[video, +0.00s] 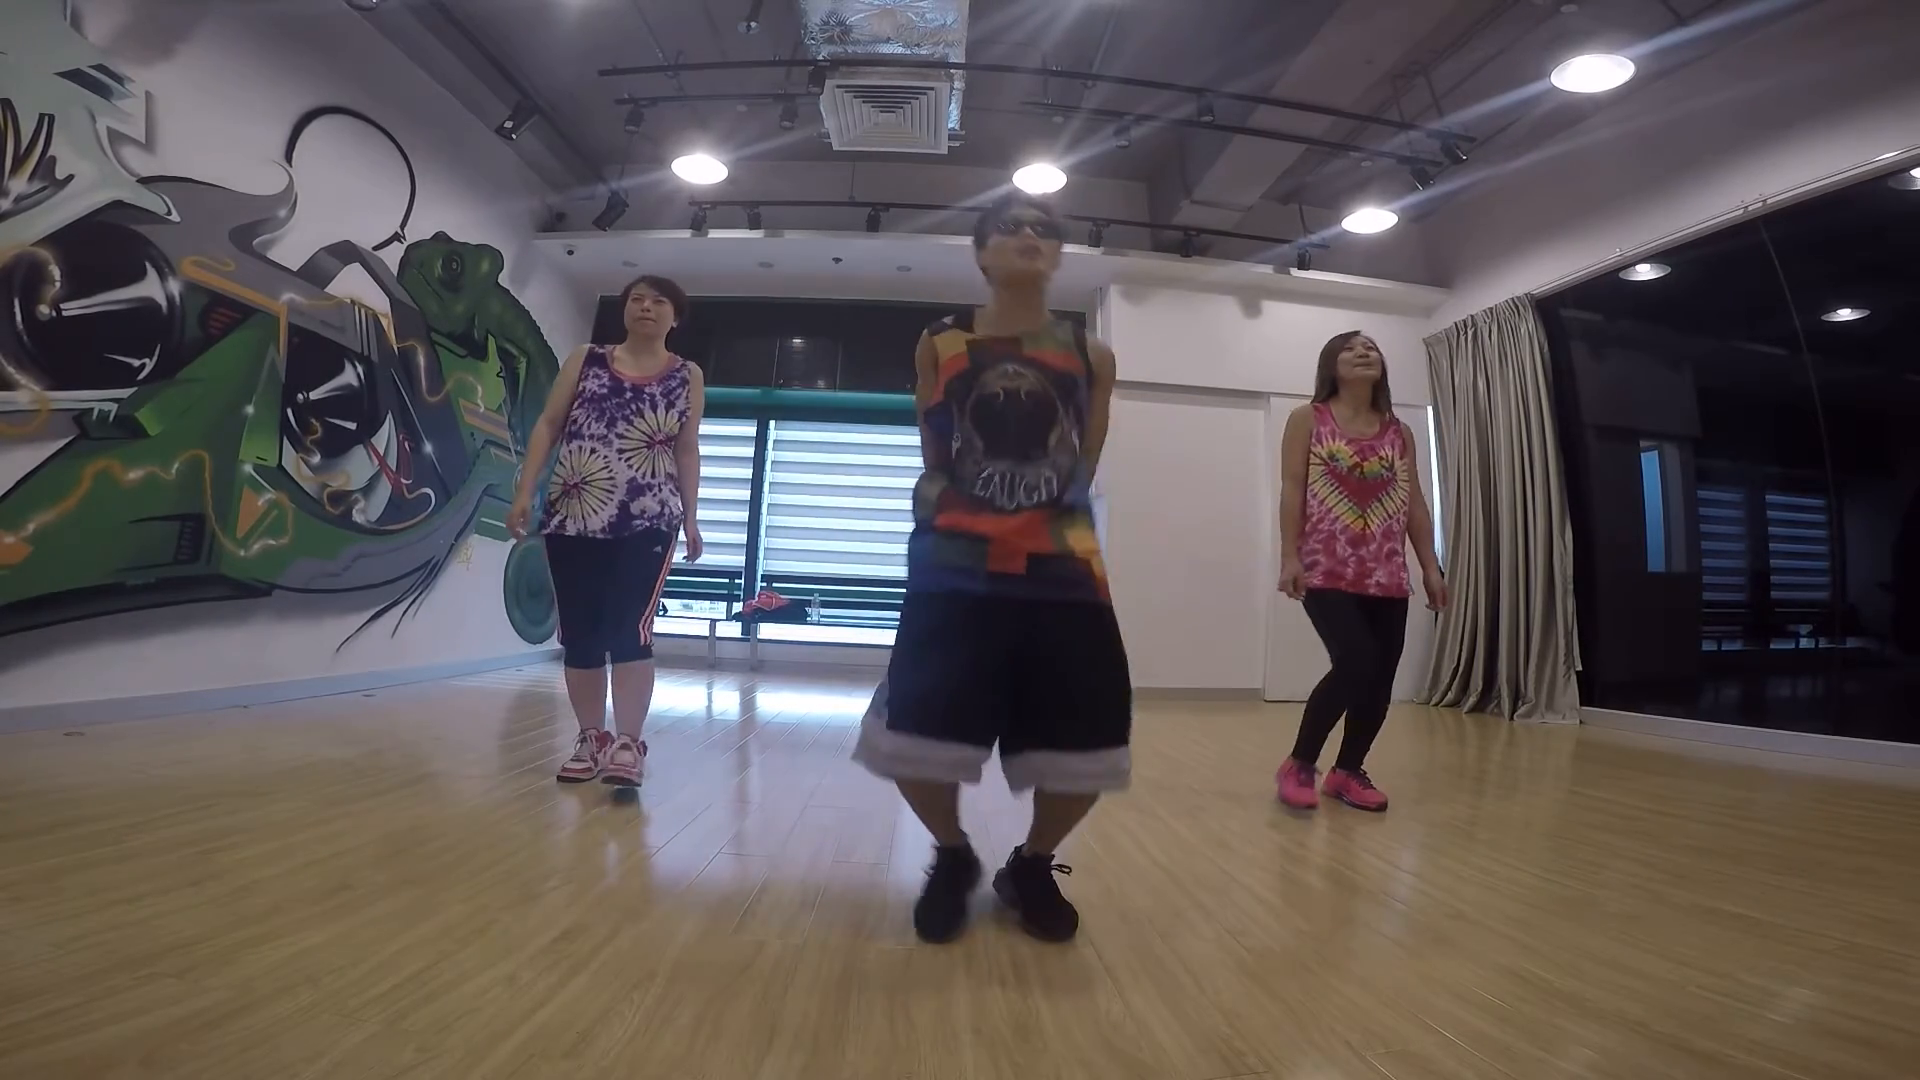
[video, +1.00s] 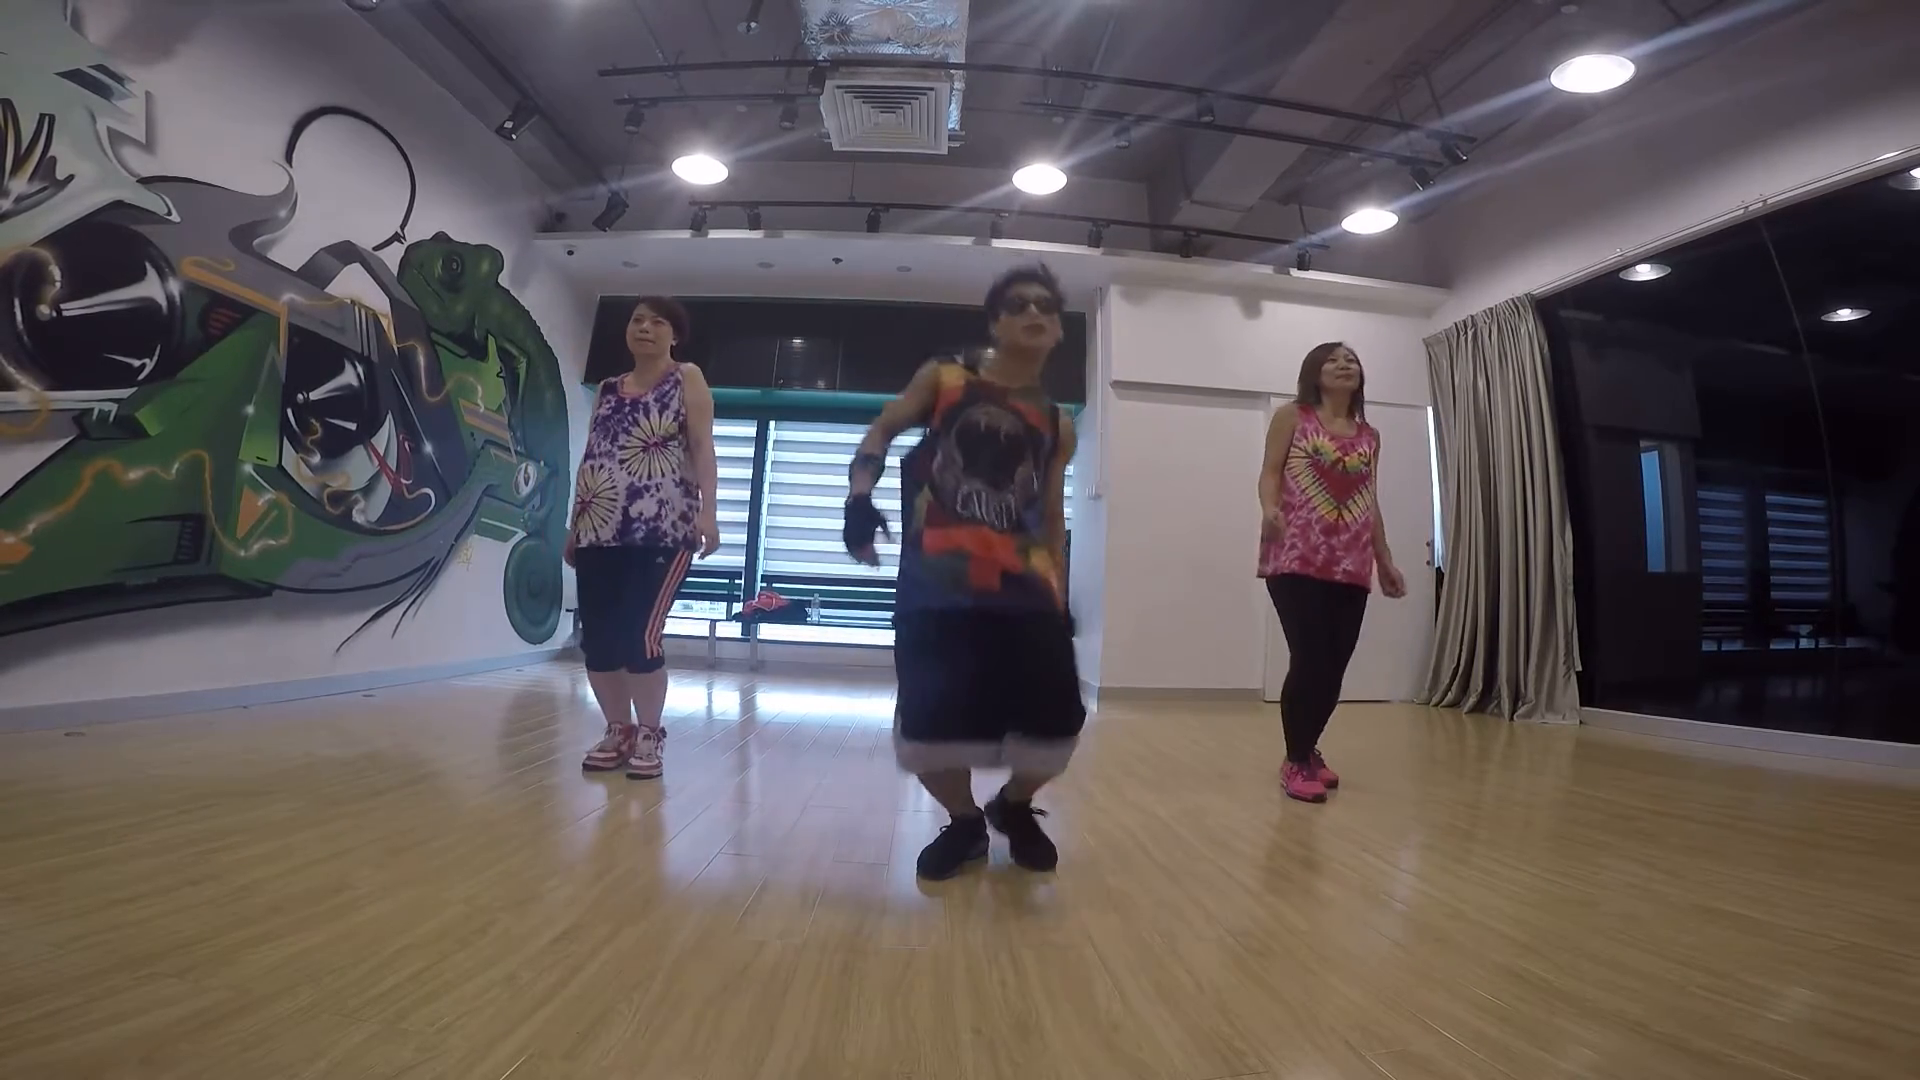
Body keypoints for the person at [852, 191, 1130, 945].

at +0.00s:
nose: (1027, 240)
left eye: (1042, 231)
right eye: (1010, 229)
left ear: (1060, 258)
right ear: (980, 253)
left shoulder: (1090, 359)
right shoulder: (940, 349)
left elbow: (1082, 470)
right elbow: (940, 460)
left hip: (1065, 580)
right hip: (956, 576)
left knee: (1092, 746)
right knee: (907, 743)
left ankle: (1032, 867)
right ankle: (952, 855)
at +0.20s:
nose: (985, 248)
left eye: (1001, 239)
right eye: (970, 235)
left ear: (1019, 262)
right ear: (945, 256)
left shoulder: (1060, 331)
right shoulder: (925, 359)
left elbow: (1114, 419)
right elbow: (917, 460)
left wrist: (1120, 525)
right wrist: (932, 533)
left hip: (1066, 568)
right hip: (966, 568)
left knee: (1073, 734)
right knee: (915, 725)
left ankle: (1025, 865)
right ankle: (950, 797)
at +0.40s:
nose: (959, 300)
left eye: (976, 293)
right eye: (945, 289)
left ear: (993, 317)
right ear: (920, 310)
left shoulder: (1031, 373)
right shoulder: (906, 421)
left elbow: (1101, 450)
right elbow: (891, 517)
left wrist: (1161, 529)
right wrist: (848, 565)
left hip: (1049, 596)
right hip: (954, 608)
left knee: (1083, 747)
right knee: (937, 758)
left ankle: (1022, 868)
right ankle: (968, 826)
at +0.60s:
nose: (963, 304)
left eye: (978, 297)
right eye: (950, 293)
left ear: (995, 319)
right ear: (927, 311)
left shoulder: (1031, 383)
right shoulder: (905, 409)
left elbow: (1061, 478)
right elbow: (896, 500)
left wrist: (1074, 570)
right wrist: (887, 576)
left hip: (1033, 581)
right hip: (944, 589)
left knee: (1060, 724)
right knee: (930, 735)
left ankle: (1071, 887)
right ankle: (966, 824)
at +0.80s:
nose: (1001, 282)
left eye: (1014, 273)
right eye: (987, 271)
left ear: (1030, 292)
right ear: (963, 286)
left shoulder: (1044, 382)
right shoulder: (920, 361)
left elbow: (1049, 471)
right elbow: (887, 458)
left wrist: (1058, 534)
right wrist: (887, 525)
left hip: (1034, 552)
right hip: (944, 555)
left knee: (1077, 687)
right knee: (934, 708)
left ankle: (1068, 838)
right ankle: (965, 820)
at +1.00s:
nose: (1034, 315)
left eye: (1046, 308)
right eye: (1019, 306)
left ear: (1060, 327)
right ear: (994, 323)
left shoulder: (1056, 425)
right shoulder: (944, 381)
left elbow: (1052, 518)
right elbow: (879, 433)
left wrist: (1058, 597)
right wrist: (860, 497)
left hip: (1024, 591)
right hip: (939, 586)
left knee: (1057, 723)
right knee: (927, 733)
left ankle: (1013, 804)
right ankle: (966, 823)